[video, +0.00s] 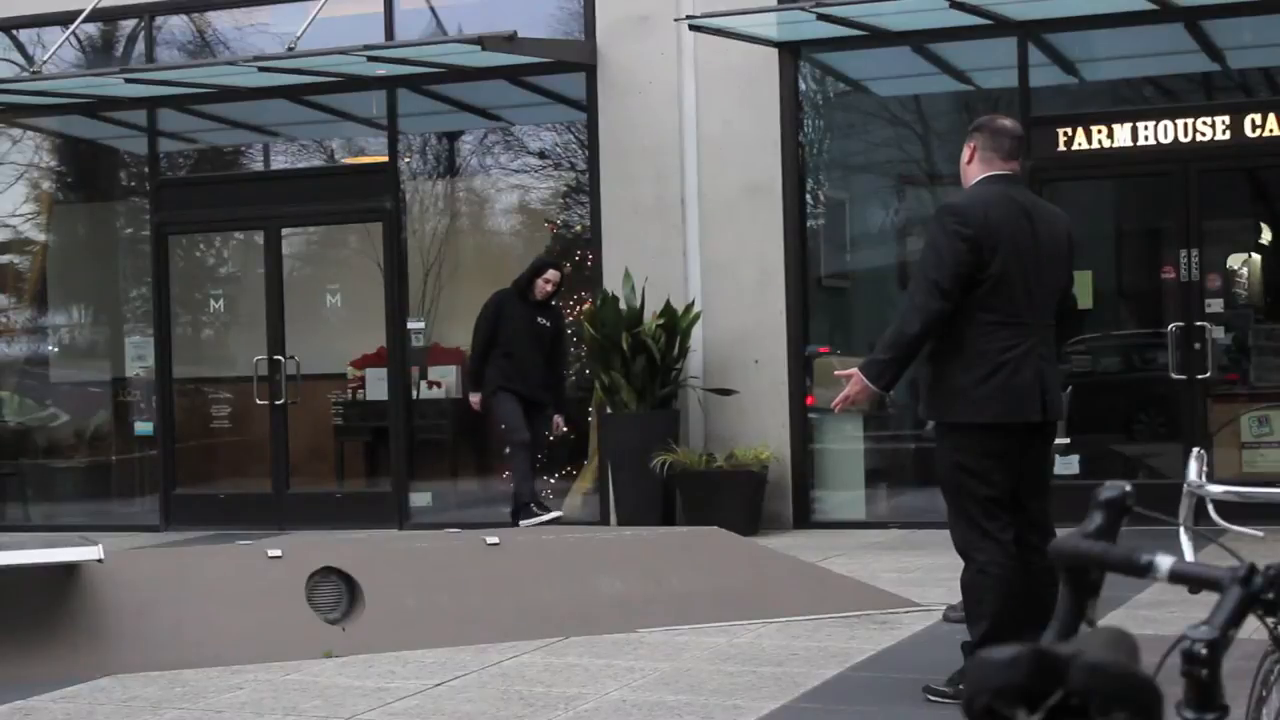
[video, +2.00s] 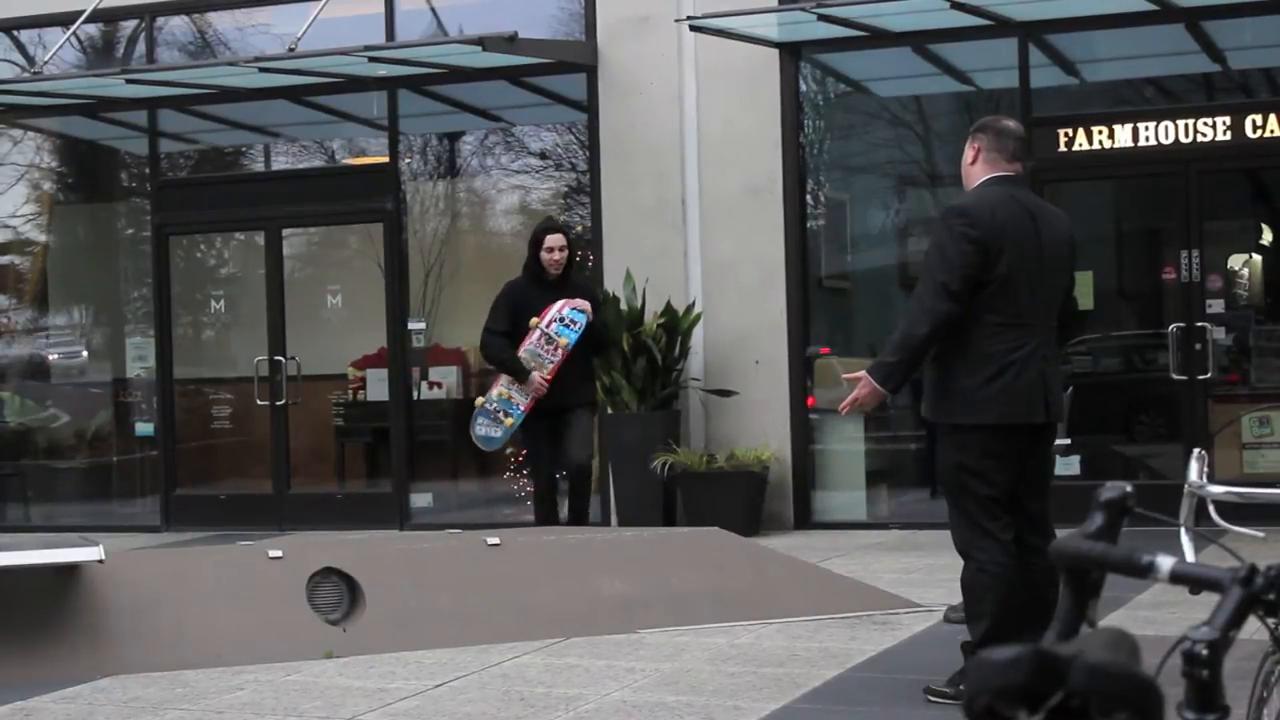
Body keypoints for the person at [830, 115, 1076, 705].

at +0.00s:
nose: (960, 165)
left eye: (962, 156)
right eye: (964, 157)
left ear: (972, 155)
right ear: (1020, 161)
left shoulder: (963, 214)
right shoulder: (1052, 220)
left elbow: (927, 304)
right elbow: (1067, 314)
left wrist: (876, 374)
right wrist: (1027, 352)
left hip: (972, 405)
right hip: (1034, 404)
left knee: (983, 538)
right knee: (1029, 531)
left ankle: (988, 673)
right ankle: (1033, 665)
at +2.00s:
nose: (960, 166)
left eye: (963, 156)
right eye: (964, 157)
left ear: (974, 154)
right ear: (1022, 161)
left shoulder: (968, 216)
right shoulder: (1052, 221)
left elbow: (932, 308)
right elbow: (1068, 316)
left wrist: (883, 376)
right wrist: (1025, 352)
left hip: (973, 407)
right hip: (1034, 407)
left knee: (982, 539)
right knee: (1029, 531)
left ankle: (988, 674)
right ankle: (1030, 665)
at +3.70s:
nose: (955, 164)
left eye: (957, 153)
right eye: (958, 154)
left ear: (971, 151)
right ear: (1018, 159)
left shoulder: (967, 217)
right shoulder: (1048, 221)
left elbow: (933, 308)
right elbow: (1064, 317)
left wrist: (885, 376)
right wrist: (1029, 360)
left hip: (974, 409)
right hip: (1032, 408)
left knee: (982, 538)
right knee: (1028, 531)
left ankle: (986, 674)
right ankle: (1028, 665)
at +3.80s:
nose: (956, 163)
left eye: (958, 153)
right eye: (958, 154)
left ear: (972, 152)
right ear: (1018, 159)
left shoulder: (968, 217)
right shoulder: (1048, 221)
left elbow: (935, 310)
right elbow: (1064, 317)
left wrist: (887, 377)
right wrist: (1028, 359)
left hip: (975, 408)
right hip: (1032, 408)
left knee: (982, 538)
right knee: (1029, 532)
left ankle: (987, 674)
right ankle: (1028, 665)